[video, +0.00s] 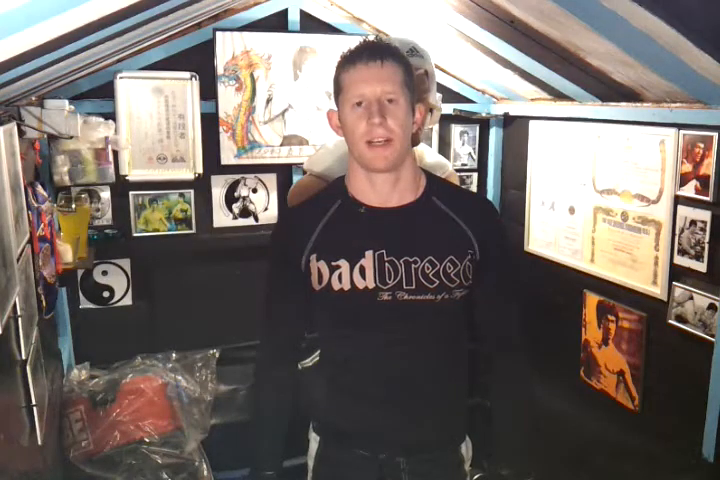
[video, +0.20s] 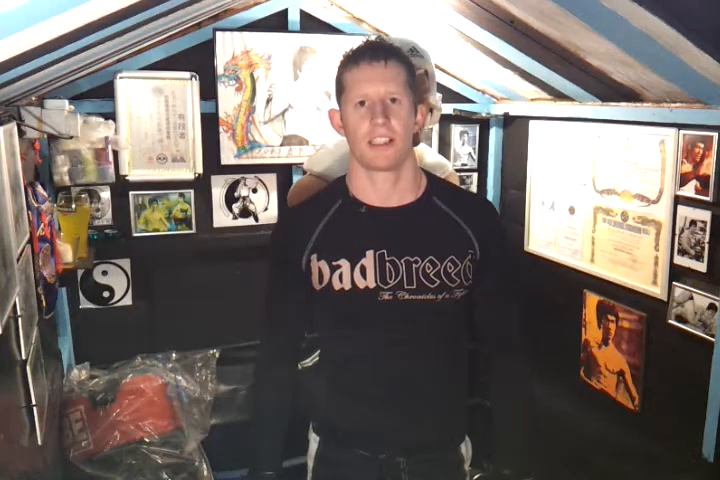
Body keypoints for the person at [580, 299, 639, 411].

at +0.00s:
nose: (610, 326)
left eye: (613, 322)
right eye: (607, 321)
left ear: (616, 326)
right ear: (601, 324)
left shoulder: (620, 360)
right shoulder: (589, 344)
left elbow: (634, 395)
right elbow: (579, 371)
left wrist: (636, 404)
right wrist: (589, 382)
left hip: (609, 402)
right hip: (588, 397)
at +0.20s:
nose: (610, 326)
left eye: (613, 322)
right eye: (607, 321)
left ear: (616, 326)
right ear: (601, 324)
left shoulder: (620, 360)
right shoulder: (589, 344)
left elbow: (634, 395)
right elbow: (579, 371)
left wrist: (636, 404)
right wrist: (589, 382)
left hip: (609, 402)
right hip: (588, 397)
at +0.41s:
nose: (610, 326)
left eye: (613, 322)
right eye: (607, 321)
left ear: (616, 326)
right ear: (601, 324)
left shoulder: (620, 360)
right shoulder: (589, 344)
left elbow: (634, 395)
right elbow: (579, 371)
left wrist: (636, 404)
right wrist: (589, 382)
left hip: (609, 402)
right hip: (588, 397)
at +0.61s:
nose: (610, 326)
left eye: (613, 322)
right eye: (607, 321)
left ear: (616, 326)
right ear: (601, 324)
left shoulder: (620, 360)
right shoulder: (589, 344)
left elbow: (634, 395)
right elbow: (579, 371)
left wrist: (636, 404)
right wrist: (589, 382)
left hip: (609, 402)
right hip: (588, 397)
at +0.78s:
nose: (610, 326)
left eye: (613, 322)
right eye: (607, 321)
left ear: (616, 326)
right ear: (601, 324)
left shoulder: (620, 360)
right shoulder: (589, 344)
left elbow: (634, 395)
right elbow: (579, 371)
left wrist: (636, 404)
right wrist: (589, 382)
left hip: (609, 402)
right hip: (588, 398)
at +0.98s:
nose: (610, 326)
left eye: (613, 322)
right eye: (607, 321)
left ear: (616, 326)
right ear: (601, 324)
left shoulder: (620, 360)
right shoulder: (589, 344)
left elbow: (634, 395)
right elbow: (579, 371)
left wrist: (636, 404)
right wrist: (589, 382)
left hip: (609, 402)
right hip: (588, 398)